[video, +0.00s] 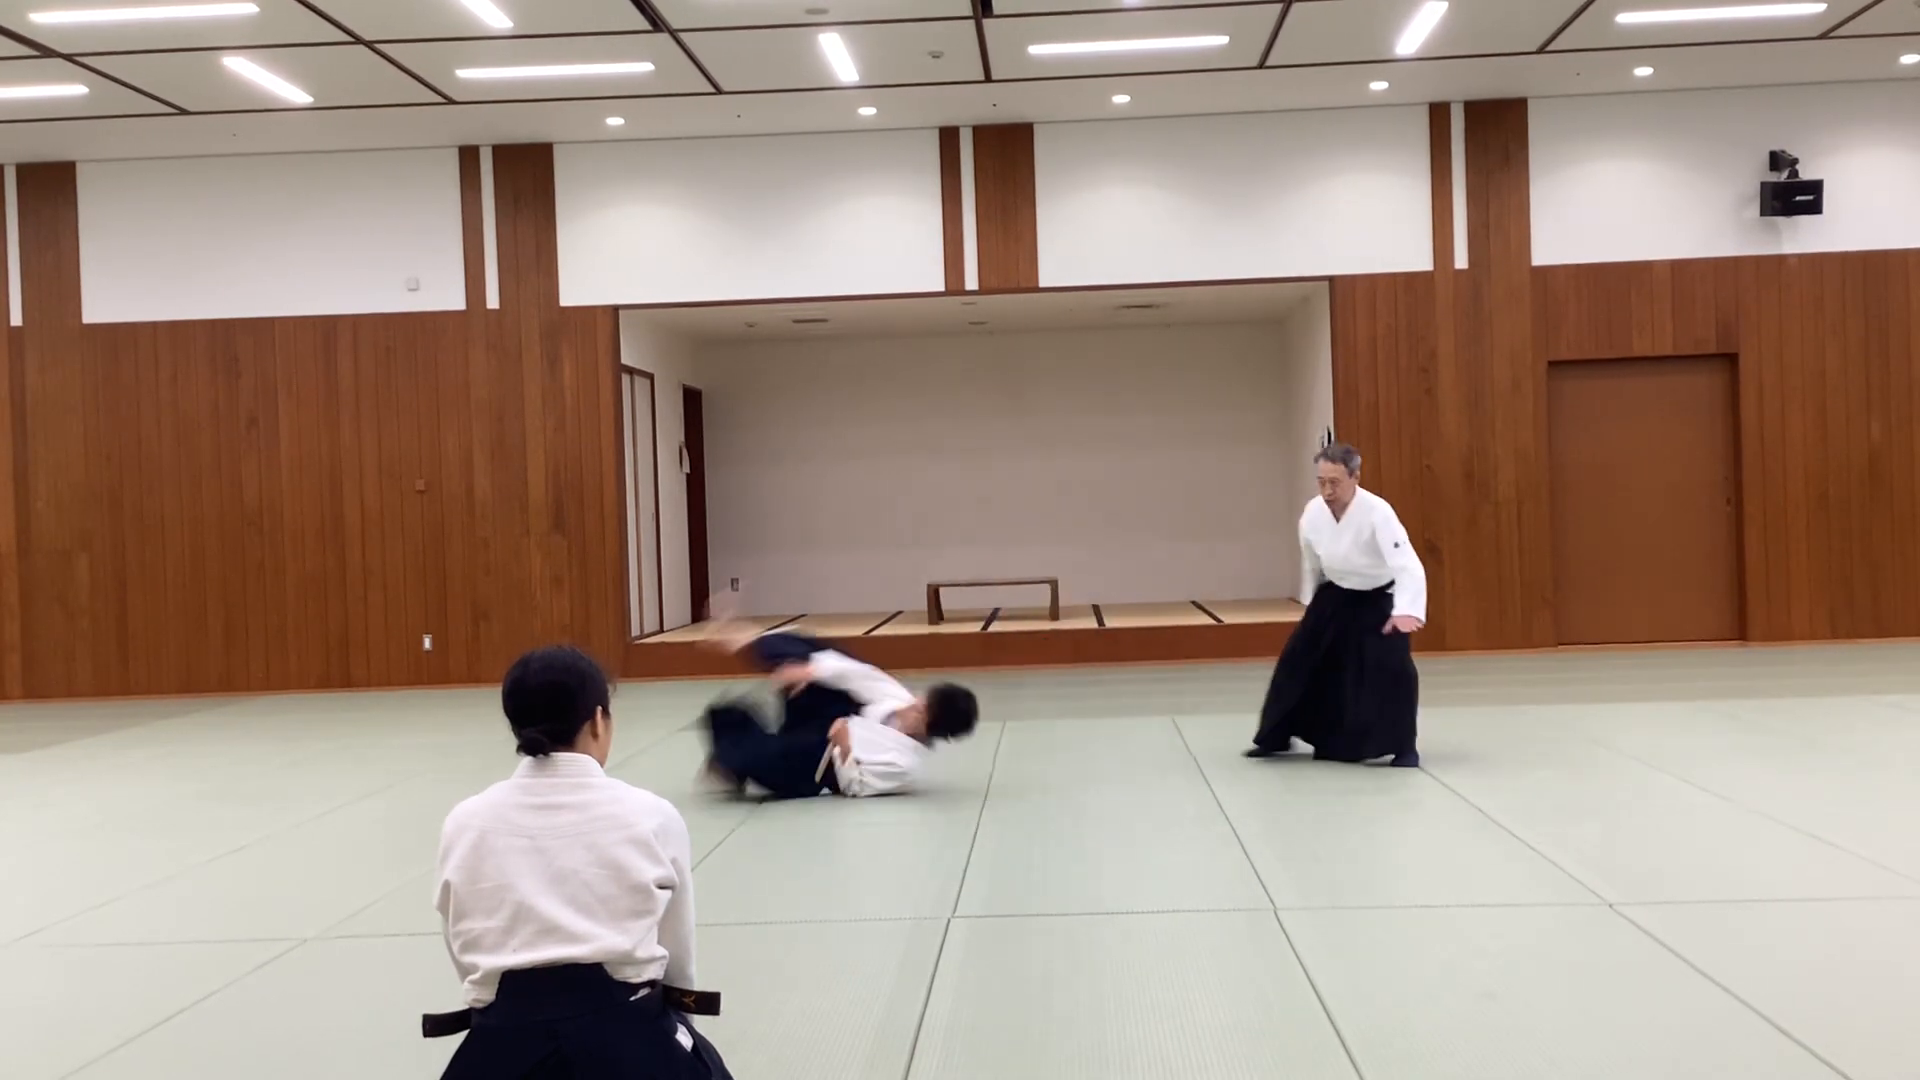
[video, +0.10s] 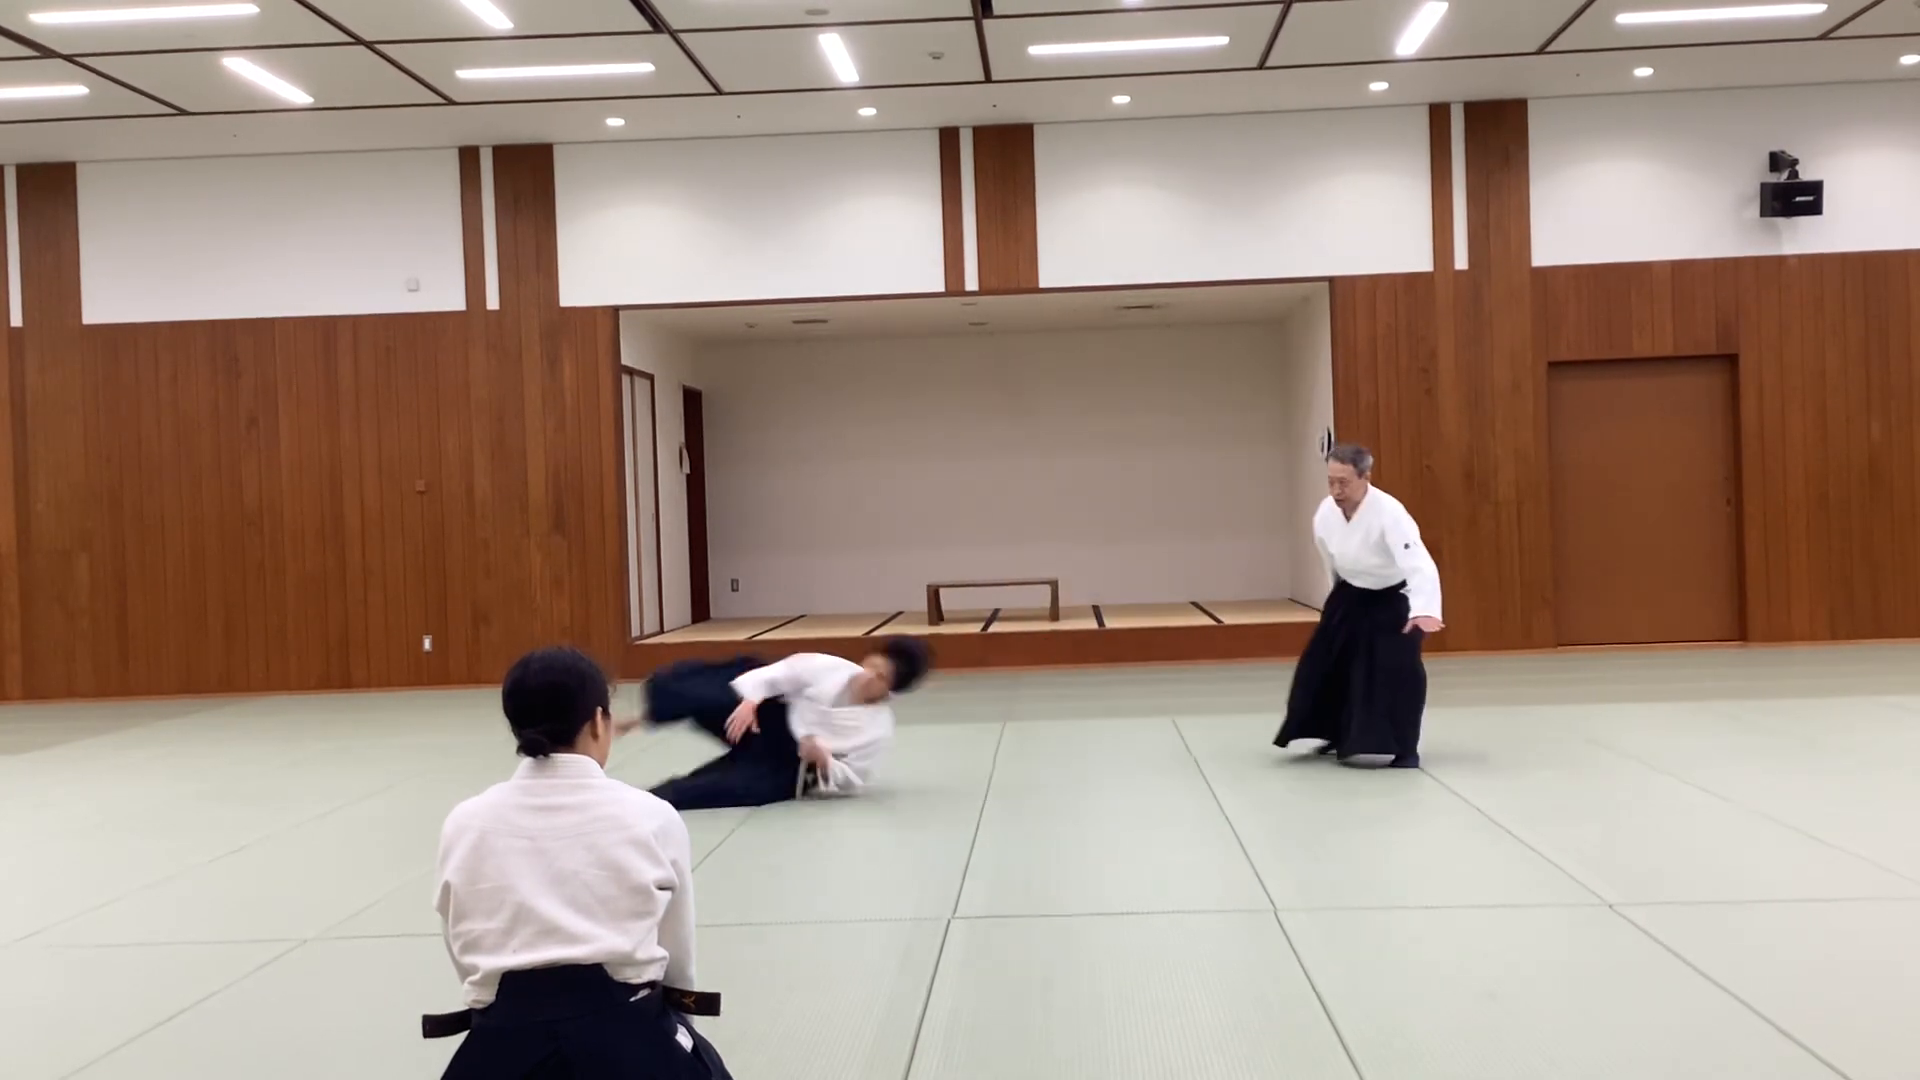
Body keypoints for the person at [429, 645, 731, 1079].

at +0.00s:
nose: (610, 728)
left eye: (609, 715)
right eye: (609, 716)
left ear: (518, 726)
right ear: (597, 722)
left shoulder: (464, 823)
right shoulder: (652, 817)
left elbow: (465, 961)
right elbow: (678, 966)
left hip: (503, 1050)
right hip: (629, 1045)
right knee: (695, 1045)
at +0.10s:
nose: (610, 730)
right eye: (609, 718)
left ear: (517, 726)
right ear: (597, 723)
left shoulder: (465, 823)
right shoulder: (652, 817)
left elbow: (464, 960)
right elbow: (678, 966)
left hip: (503, 1050)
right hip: (630, 1045)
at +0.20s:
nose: (610, 731)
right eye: (609, 719)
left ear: (518, 727)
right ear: (598, 723)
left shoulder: (465, 824)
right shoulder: (652, 817)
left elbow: (464, 959)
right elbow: (678, 966)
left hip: (503, 1049)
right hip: (630, 1046)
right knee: (696, 1047)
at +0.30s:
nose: (609, 731)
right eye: (609, 719)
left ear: (518, 727)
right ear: (597, 723)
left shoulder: (464, 823)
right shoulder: (652, 817)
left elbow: (464, 960)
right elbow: (678, 965)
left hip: (503, 1051)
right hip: (630, 1046)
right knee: (696, 1047)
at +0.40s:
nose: (609, 728)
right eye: (608, 717)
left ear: (517, 726)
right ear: (597, 722)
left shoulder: (465, 822)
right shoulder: (652, 816)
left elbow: (464, 960)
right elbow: (678, 964)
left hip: (503, 1050)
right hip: (630, 1045)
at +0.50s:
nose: (609, 727)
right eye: (608, 716)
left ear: (518, 726)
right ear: (597, 721)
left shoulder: (465, 823)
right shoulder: (652, 816)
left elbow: (464, 958)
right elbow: (678, 962)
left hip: (503, 1049)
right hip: (629, 1045)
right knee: (697, 1048)